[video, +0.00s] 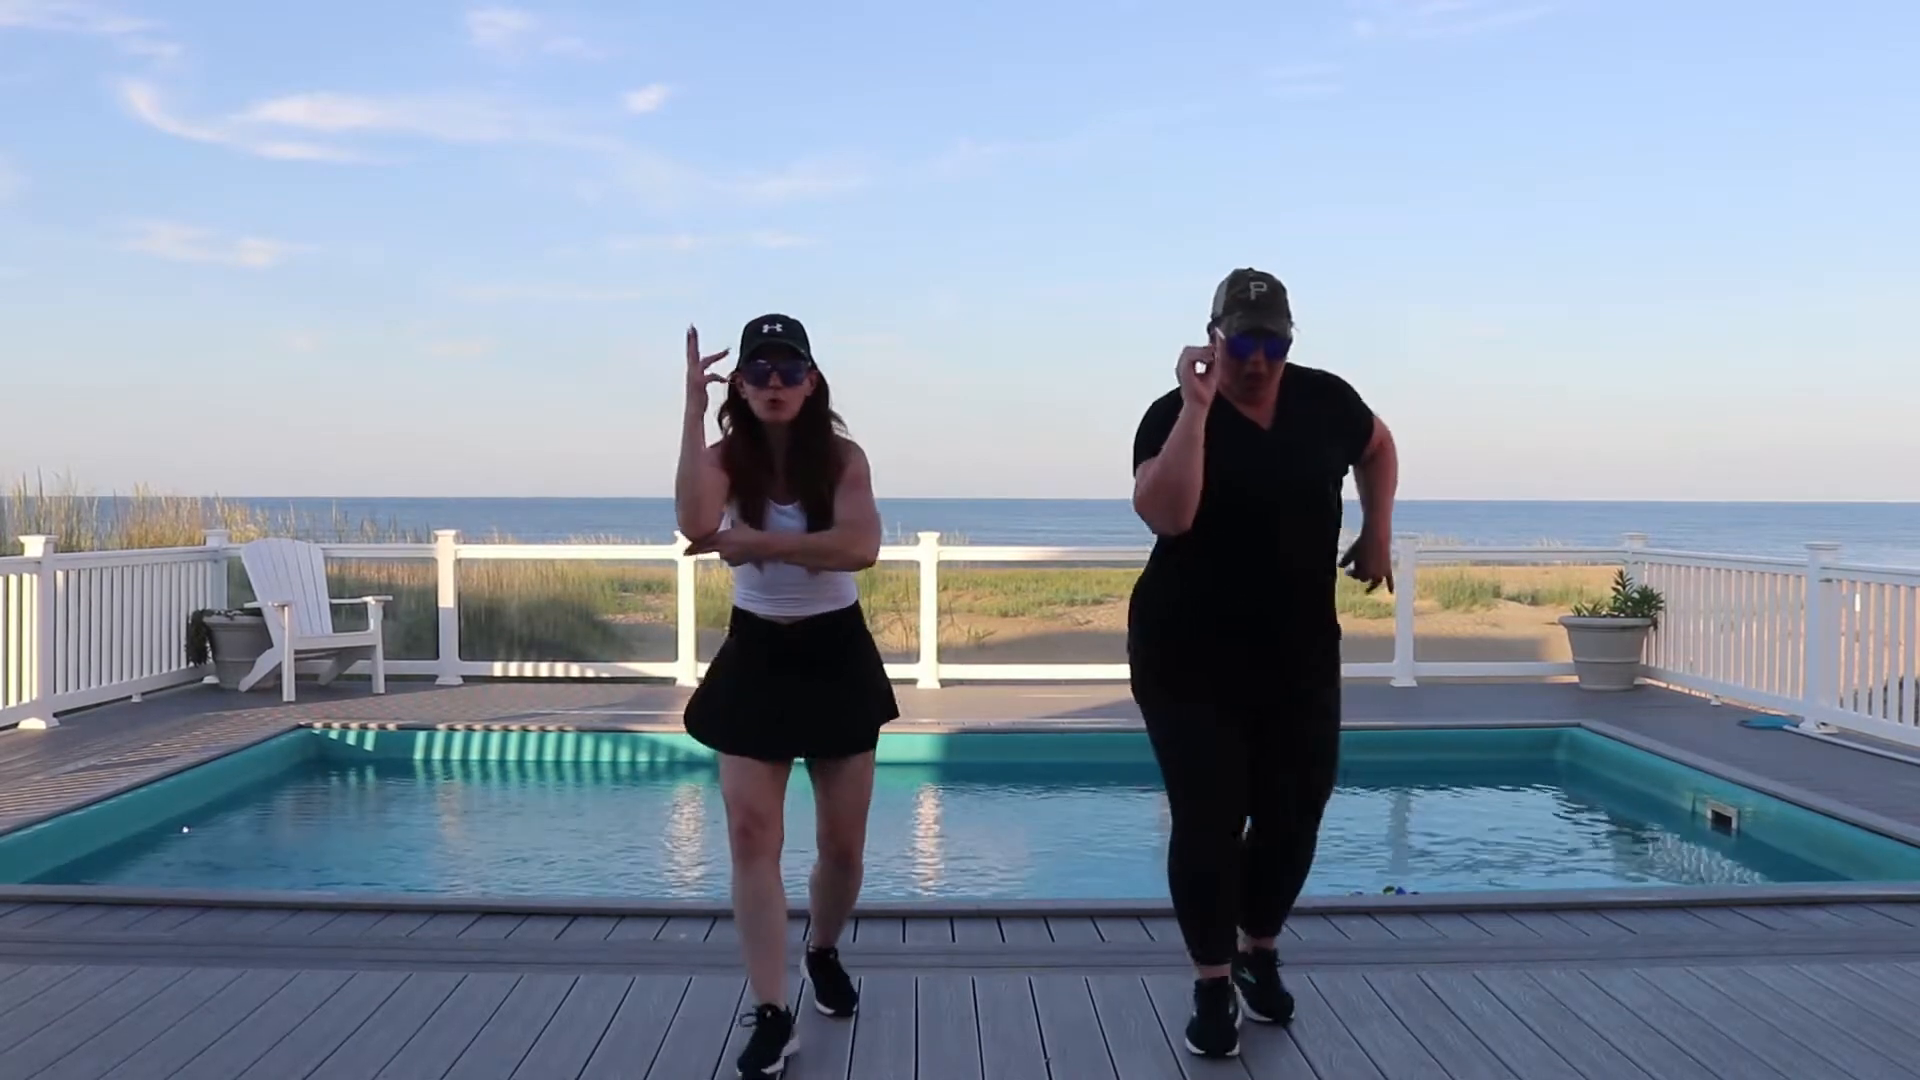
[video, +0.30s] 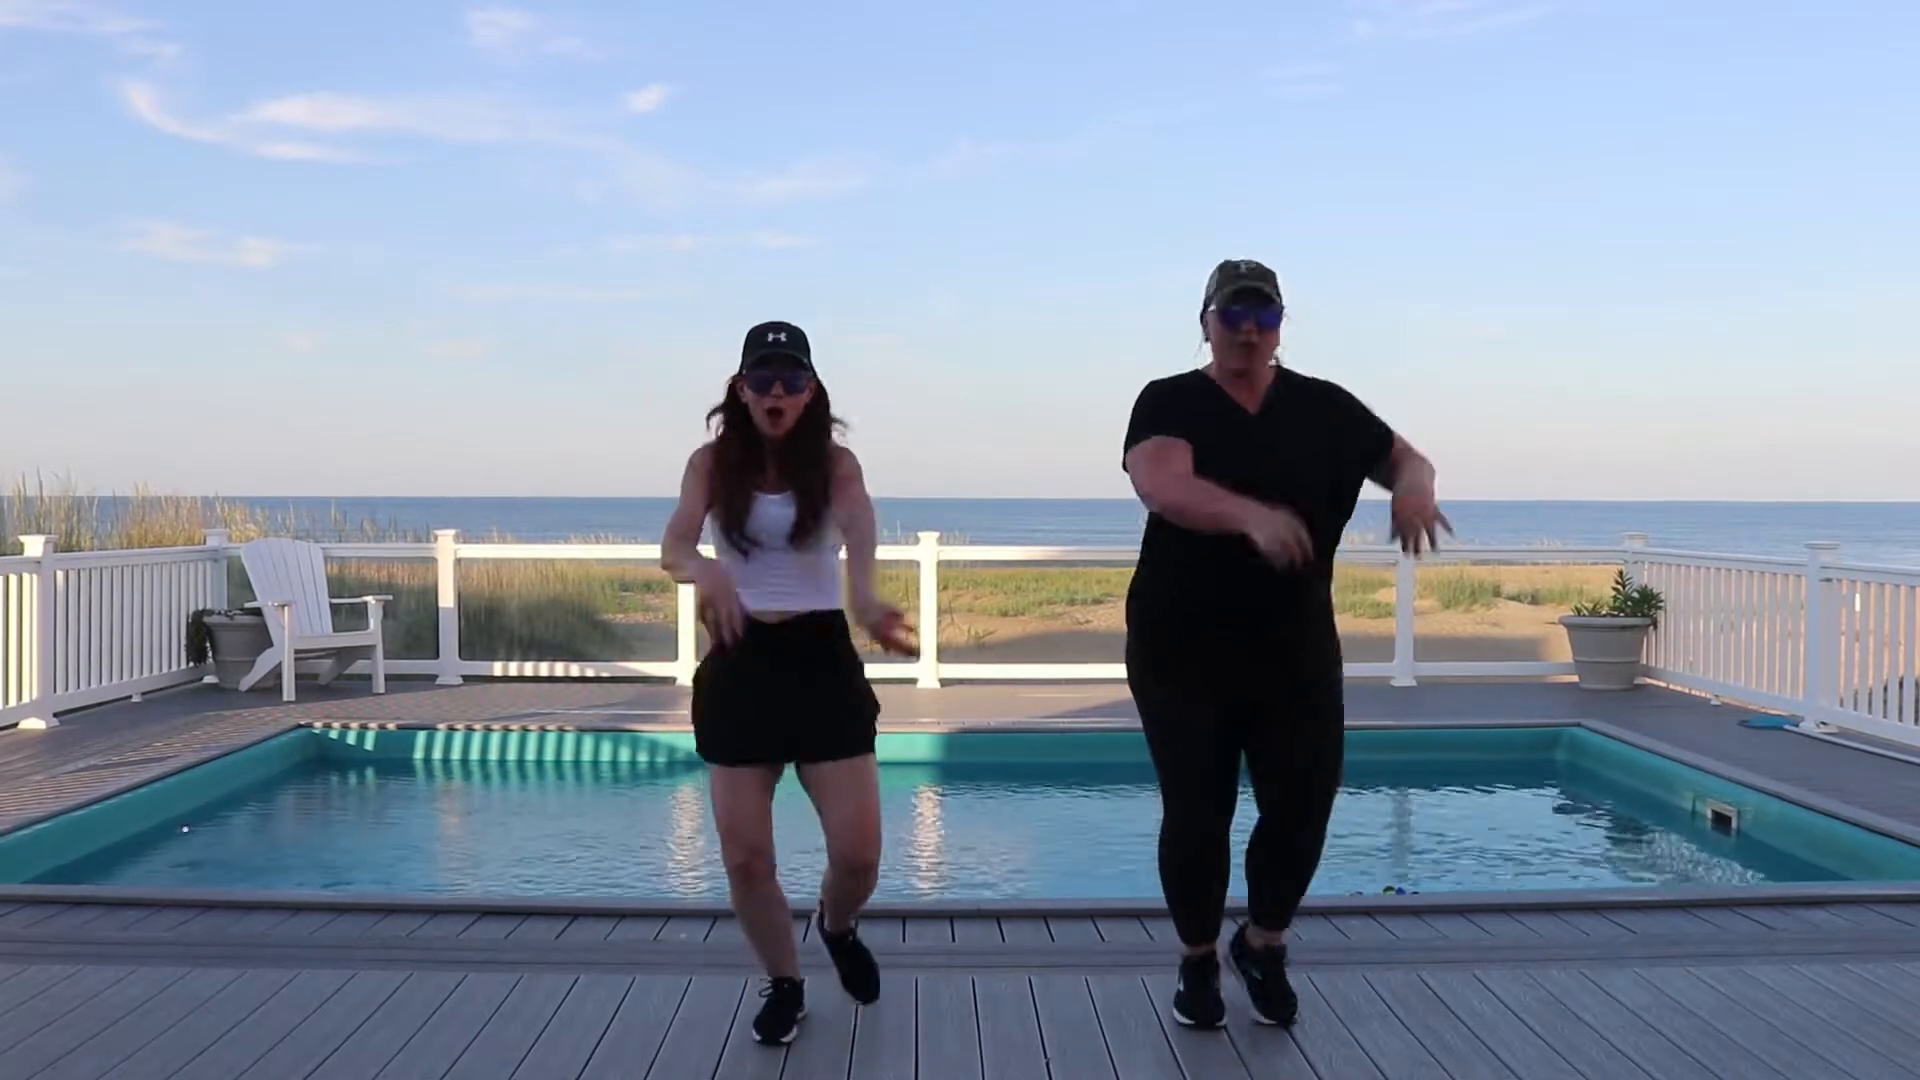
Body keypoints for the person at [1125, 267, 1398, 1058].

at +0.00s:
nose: (1260, 357)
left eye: (1273, 344)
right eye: (1245, 343)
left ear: (1289, 338)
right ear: (1215, 336)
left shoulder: (1327, 401)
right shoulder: (1170, 416)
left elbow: (1377, 449)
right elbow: (1167, 514)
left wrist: (1377, 533)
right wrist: (1196, 404)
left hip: (1297, 647)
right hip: (1189, 651)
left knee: (1295, 808)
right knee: (1207, 813)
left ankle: (1257, 948)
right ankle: (1212, 979)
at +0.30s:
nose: (1249, 323)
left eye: (1263, 312)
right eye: (1233, 311)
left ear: (1281, 325)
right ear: (1207, 323)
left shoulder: (1326, 407)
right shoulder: (1169, 401)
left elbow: (1409, 464)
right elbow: (1164, 488)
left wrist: (1415, 490)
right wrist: (1251, 516)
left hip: (1295, 651)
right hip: (1184, 651)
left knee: (1302, 808)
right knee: (1198, 813)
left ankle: (1263, 944)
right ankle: (1199, 958)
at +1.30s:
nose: (1286, 329)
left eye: (1299, 319)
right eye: (1270, 318)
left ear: (1315, 332)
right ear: (1239, 330)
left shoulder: (1356, 411)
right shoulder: (1203, 411)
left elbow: (1402, 503)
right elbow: (1193, 493)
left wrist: (1302, 526)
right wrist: (1242, 402)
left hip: (1331, 659)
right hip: (1225, 658)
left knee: (1308, 815)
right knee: (1232, 818)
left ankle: (1284, 959)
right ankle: (1220, 989)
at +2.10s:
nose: (1268, 327)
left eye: (1282, 316)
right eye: (1252, 316)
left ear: (1299, 331)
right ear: (1223, 330)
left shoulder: (1339, 416)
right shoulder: (1185, 418)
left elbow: (1394, 497)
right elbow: (1166, 509)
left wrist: (1329, 406)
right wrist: (1260, 476)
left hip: (1298, 658)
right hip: (1184, 661)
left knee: (1314, 824)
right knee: (1197, 819)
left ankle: (1311, 995)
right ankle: (1203, 976)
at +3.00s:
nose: (1286, 364)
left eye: (1298, 350)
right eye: (1271, 349)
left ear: (1313, 340)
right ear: (1238, 339)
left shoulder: (1353, 409)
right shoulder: (1195, 408)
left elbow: (1409, 489)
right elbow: (1179, 470)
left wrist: (1307, 498)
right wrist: (1230, 384)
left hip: (1327, 667)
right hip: (1216, 665)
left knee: (1301, 823)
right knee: (1222, 825)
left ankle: (1278, 974)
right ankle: (1214, 1000)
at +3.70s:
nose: (1269, 318)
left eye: (1284, 306)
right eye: (1254, 305)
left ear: (1304, 316)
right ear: (1229, 314)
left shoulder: (1346, 399)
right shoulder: (1186, 396)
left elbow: (1421, 475)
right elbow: (1165, 460)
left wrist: (1329, 488)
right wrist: (1264, 451)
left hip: (1321, 652)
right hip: (1206, 650)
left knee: (1306, 818)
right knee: (1211, 817)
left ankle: (1285, 966)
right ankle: (1220, 968)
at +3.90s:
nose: (1273, 321)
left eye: (1287, 312)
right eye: (1259, 309)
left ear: (1303, 331)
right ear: (1228, 324)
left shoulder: (1342, 418)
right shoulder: (1186, 414)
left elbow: (1420, 475)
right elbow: (1163, 505)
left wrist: (1377, 379)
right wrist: (1287, 520)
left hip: (1313, 664)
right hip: (1199, 664)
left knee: (1318, 828)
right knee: (1210, 830)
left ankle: (1344, 1003)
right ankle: (1222, 974)